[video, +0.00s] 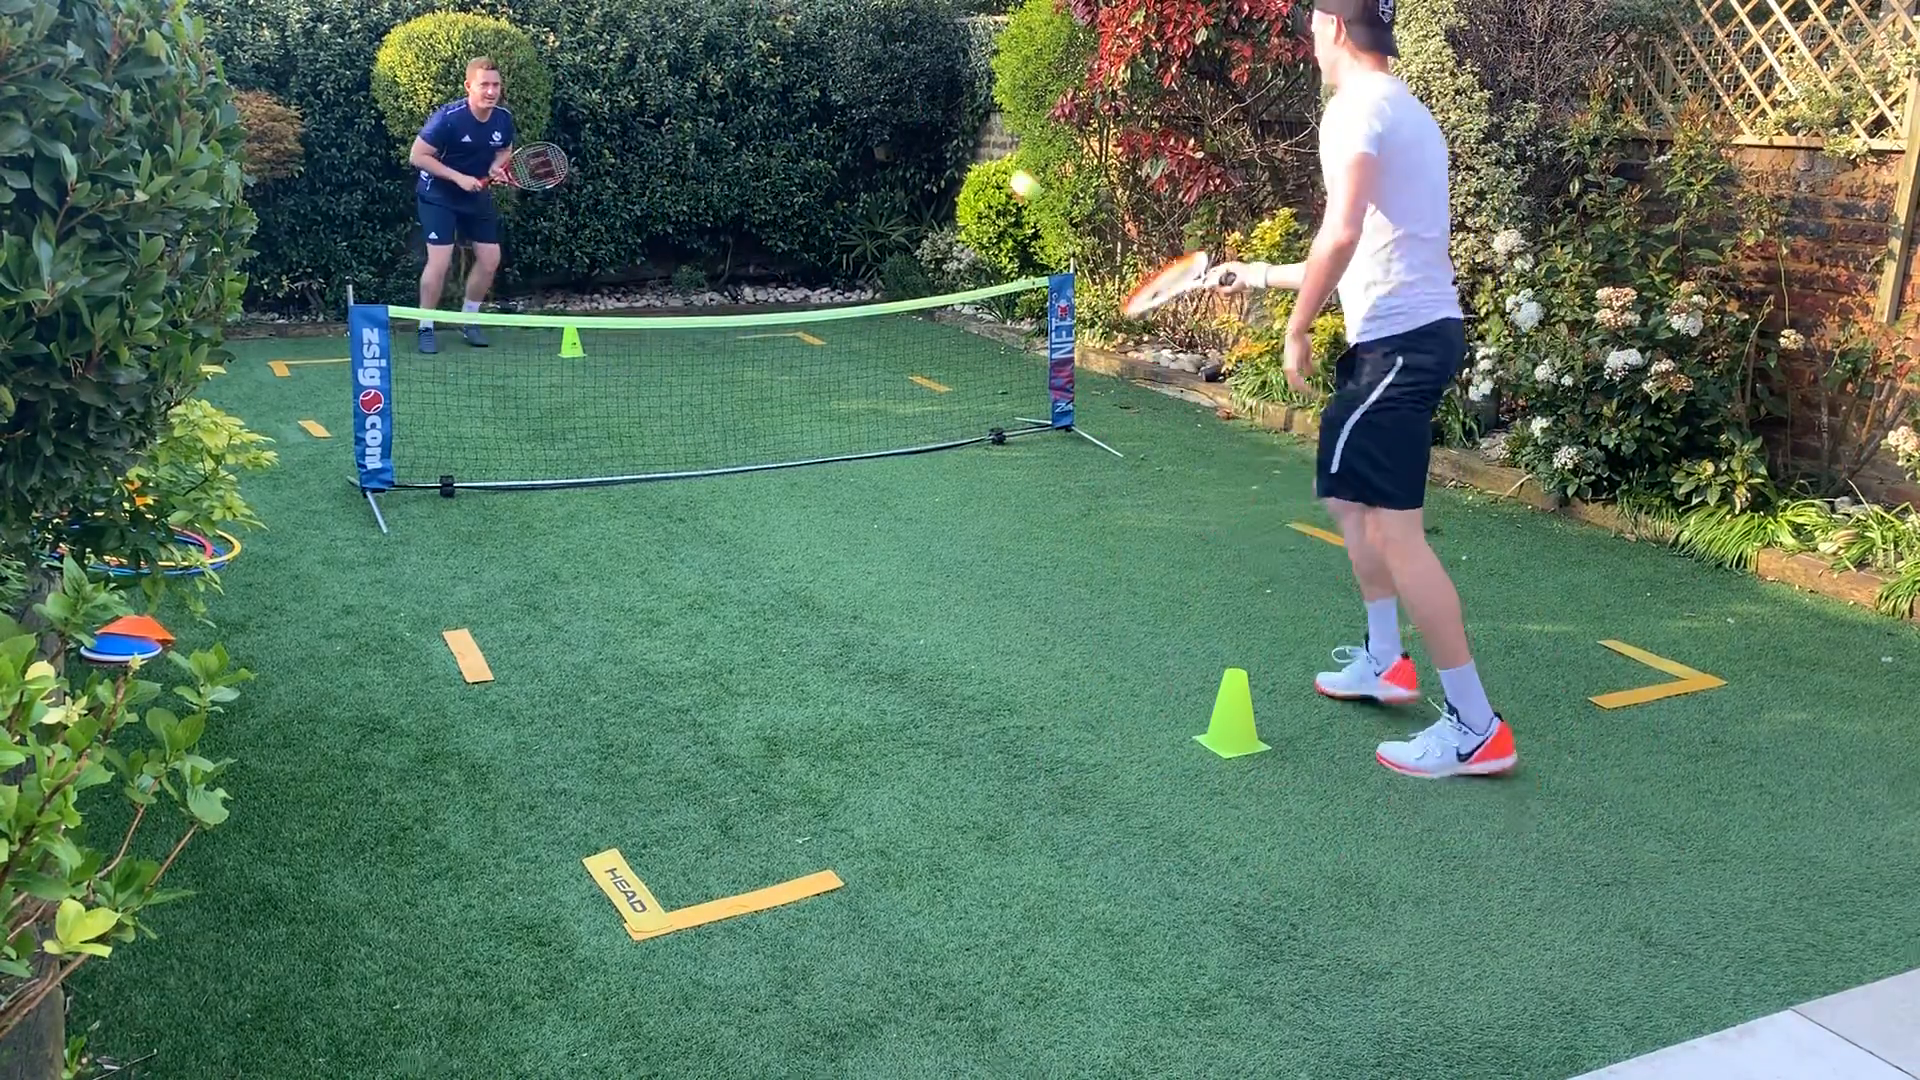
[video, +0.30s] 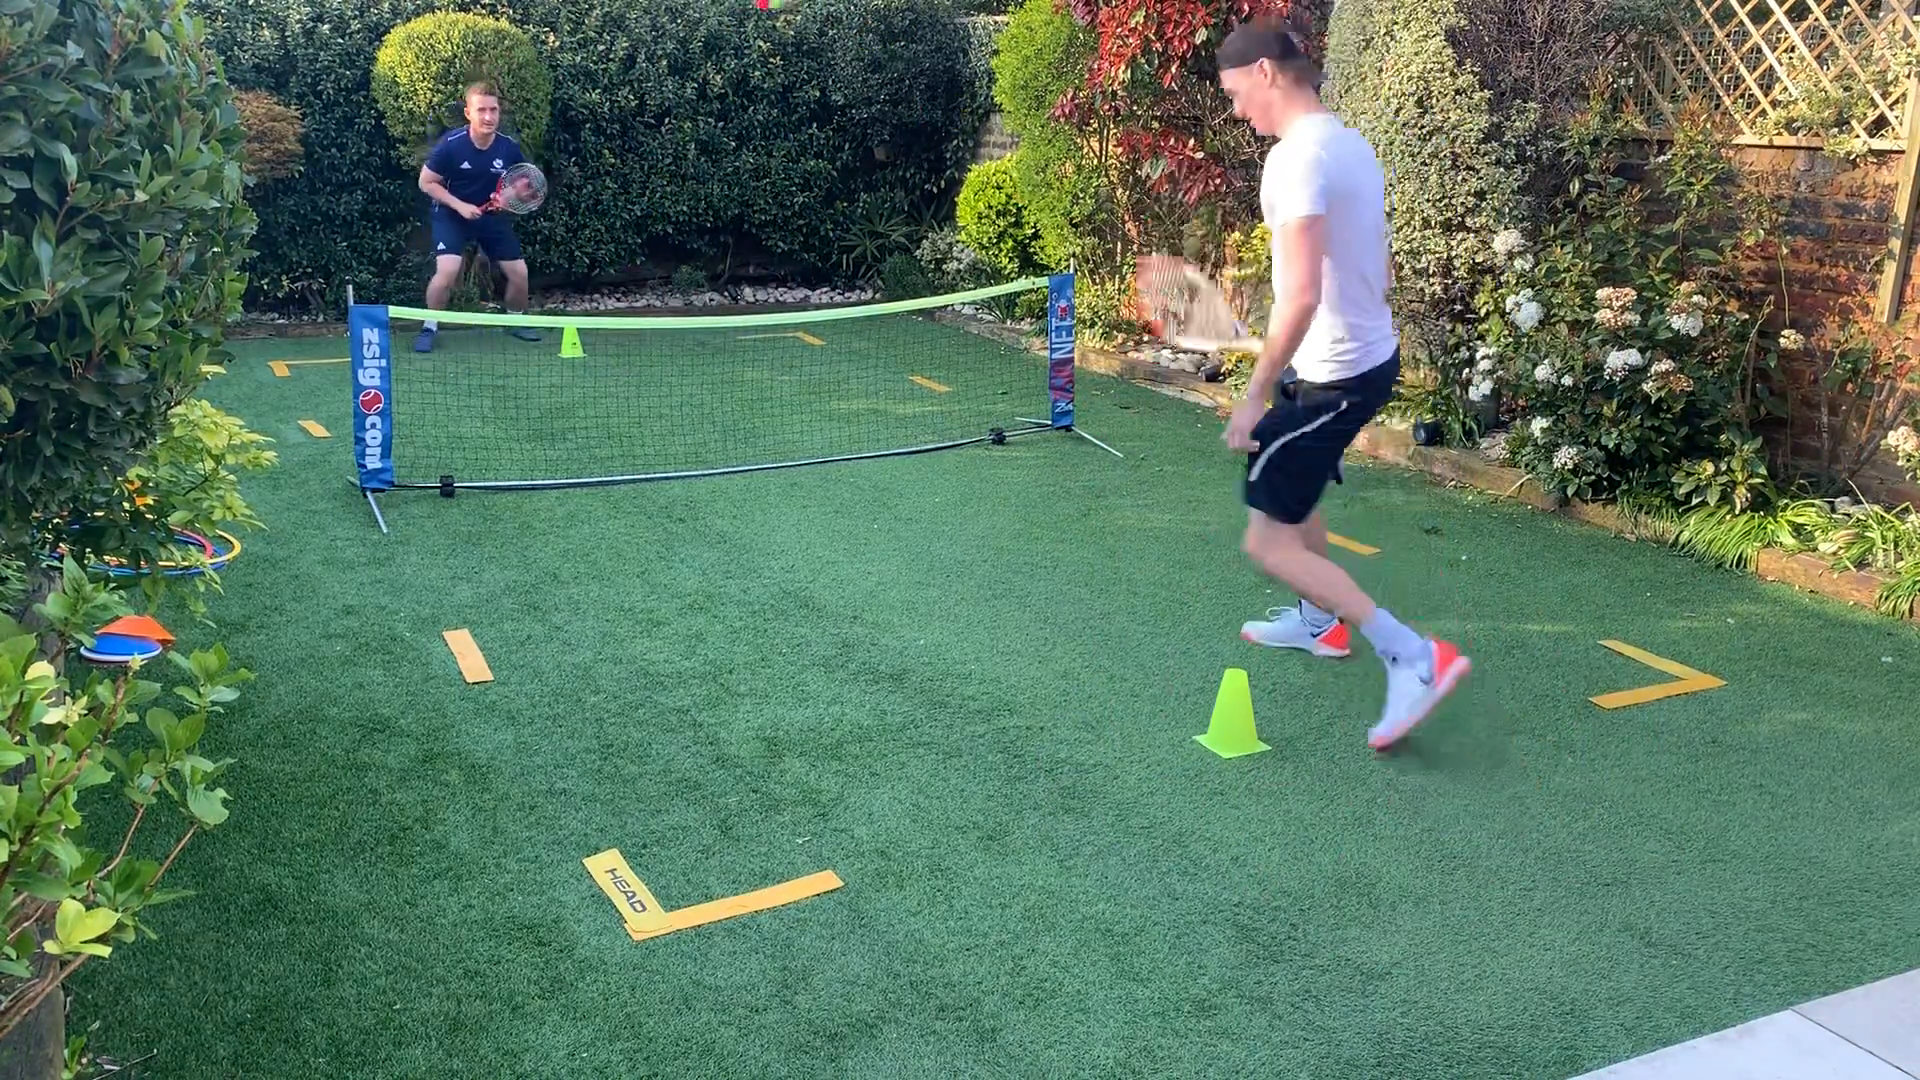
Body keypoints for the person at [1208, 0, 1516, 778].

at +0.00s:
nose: (1308, 41)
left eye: (1311, 26)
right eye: (1309, 27)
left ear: (1333, 27)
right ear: (1378, 31)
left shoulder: (1357, 104)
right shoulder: (1406, 108)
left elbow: (1345, 231)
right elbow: (1364, 254)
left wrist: (1299, 328)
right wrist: (1252, 274)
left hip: (1401, 337)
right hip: (1405, 334)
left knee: (1394, 530)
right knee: (1345, 489)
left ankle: (1476, 723)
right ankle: (1383, 658)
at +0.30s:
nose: (1236, 110)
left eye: (1234, 93)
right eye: (1230, 96)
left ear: (1266, 74)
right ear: (1284, 72)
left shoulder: (1298, 158)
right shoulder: (1348, 144)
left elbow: (1299, 296)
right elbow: (1370, 277)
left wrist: (1254, 400)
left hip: (1331, 369)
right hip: (1362, 357)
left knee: (1269, 546)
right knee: (1298, 486)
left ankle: (1414, 657)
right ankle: (1317, 619)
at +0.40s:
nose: (1206, 141)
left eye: (1203, 123)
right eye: (1199, 127)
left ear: (1234, 100)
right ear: (1245, 101)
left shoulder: (1277, 172)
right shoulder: (1318, 161)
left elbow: (1301, 303)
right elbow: (1353, 288)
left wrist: (1264, 411)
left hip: (1311, 385)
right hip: (1341, 377)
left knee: (1195, 511)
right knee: (1254, 486)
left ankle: (1331, 617)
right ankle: (1306, 613)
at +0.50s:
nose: (1177, 139)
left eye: (1175, 122)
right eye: (1170, 126)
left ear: (1205, 100)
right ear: (1213, 102)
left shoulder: (1255, 171)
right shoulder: (1286, 161)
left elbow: (1298, 288)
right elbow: (1346, 272)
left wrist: (1248, 392)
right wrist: (1344, 353)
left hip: (1285, 386)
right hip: (1314, 378)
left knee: (1138, 489)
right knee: (1241, 492)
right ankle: (1312, 620)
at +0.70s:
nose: (1120, 67)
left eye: (1122, 53)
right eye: (1120, 53)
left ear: (1141, 58)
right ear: (1194, 56)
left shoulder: (1173, 140)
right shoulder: (1250, 136)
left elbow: (1215, 253)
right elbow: (1325, 239)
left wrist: (1138, 331)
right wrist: (1314, 328)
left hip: (1201, 368)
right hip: (1261, 364)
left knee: (1090, 516)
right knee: (1219, 481)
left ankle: (1096, 708)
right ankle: (1265, 618)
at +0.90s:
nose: (1099, 41)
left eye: (1099, 25)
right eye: (1100, 25)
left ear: (1115, 27)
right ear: (1174, 29)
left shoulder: (1135, 105)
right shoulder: (1238, 106)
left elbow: (1143, 235)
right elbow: (1307, 216)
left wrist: (1071, 303)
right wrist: (1277, 319)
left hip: (1184, 340)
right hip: (1245, 342)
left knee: (1106, 508)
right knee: (1141, 483)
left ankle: (1079, 707)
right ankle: (1141, 655)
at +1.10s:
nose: (1107, 56)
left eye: (1110, 38)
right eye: (1111, 38)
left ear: (1127, 47)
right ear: (1193, 46)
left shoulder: (1139, 141)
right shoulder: (1245, 140)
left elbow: (1108, 289)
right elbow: (1322, 255)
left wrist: (1054, 321)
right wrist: (1301, 370)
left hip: (1183, 389)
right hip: (1240, 389)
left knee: (1095, 572)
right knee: (1125, 552)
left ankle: (1136, 785)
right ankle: (1103, 721)